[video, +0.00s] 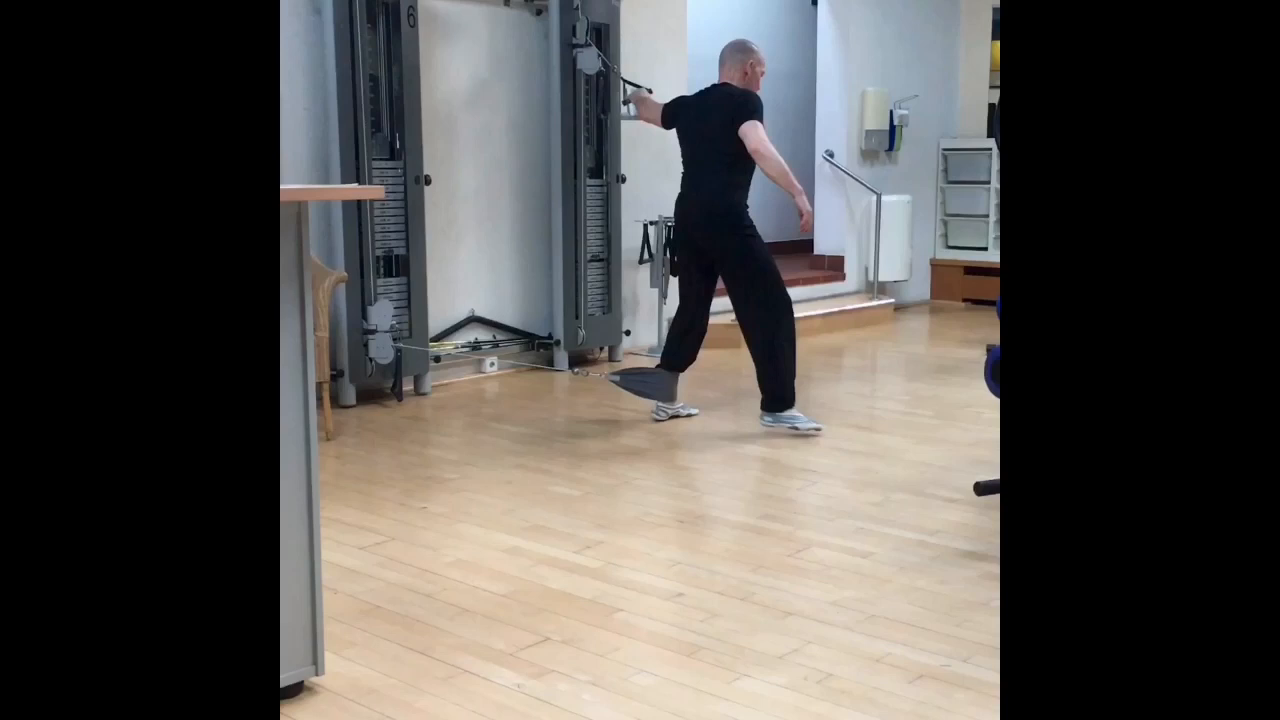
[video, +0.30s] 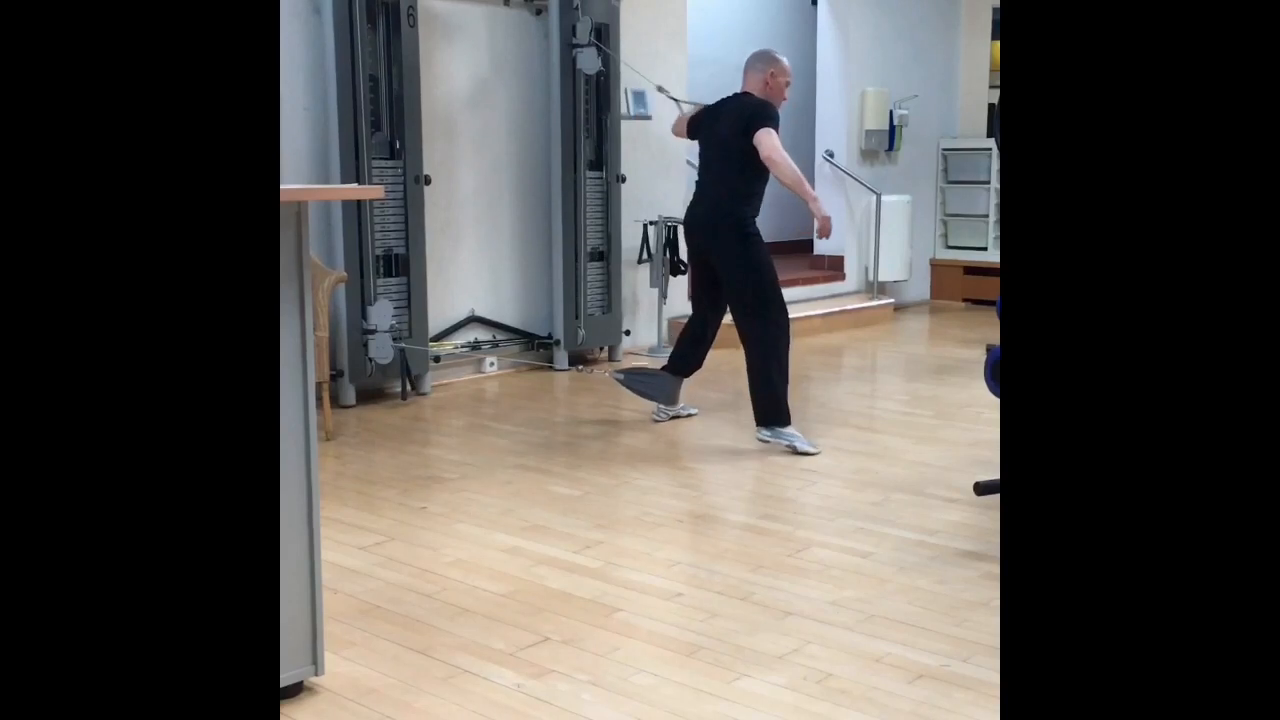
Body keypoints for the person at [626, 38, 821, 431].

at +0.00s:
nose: (763, 80)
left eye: (763, 73)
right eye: (761, 73)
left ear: (723, 69)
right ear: (748, 69)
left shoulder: (688, 105)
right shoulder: (745, 100)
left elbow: (650, 112)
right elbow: (758, 147)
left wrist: (639, 96)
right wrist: (797, 193)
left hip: (689, 223)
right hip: (728, 222)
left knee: (691, 307)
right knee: (772, 305)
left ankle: (663, 397)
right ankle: (778, 407)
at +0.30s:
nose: (787, 93)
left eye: (788, 85)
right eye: (784, 84)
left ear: (752, 79)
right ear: (767, 79)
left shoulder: (715, 111)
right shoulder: (760, 110)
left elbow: (679, 128)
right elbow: (770, 153)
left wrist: (696, 115)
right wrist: (813, 201)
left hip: (699, 225)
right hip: (733, 228)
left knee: (707, 310)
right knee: (769, 320)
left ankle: (667, 392)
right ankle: (773, 423)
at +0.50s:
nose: (802, 99)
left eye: (804, 91)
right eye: (799, 90)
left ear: (768, 86)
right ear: (777, 85)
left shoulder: (735, 114)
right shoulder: (760, 116)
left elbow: (710, 148)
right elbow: (751, 157)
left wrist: (740, 177)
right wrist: (785, 208)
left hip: (707, 232)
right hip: (732, 234)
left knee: (716, 317)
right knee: (773, 323)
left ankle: (665, 390)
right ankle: (771, 431)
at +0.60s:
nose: (806, 101)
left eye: (808, 93)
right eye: (802, 92)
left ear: (777, 86)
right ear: (779, 86)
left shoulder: (751, 119)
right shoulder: (754, 120)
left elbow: (741, 165)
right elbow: (733, 163)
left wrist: (779, 161)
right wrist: (755, 212)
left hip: (710, 235)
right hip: (726, 237)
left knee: (717, 322)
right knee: (770, 325)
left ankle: (660, 393)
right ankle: (771, 433)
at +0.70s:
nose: (807, 105)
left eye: (809, 97)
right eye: (804, 96)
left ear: (781, 91)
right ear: (778, 87)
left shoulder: (763, 127)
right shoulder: (749, 121)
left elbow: (769, 164)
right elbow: (712, 164)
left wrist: (815, 164)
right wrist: (721, 216)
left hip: (724, 239)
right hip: (718, 239)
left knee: (718, 323)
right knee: (760, 323)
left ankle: (661, 390)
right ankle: (769, 432)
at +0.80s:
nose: (808, 107)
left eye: (811, 99)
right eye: (803, 98)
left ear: (786, 93)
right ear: (777, 90)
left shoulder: (768, 135)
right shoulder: (743, 123)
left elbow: (786, 167)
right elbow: (695, 165)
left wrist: (840, 167)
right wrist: (691, 219)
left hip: (733, 248)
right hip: (713, 244)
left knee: (714, 329)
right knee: (749, 318)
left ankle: (660, 392)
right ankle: (764, 430)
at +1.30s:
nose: (809, 127)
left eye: (815, 119)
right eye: (804, 116)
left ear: (816, 117)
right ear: (779, 107)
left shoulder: (800, 155)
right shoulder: (738, 140)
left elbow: (850, 184)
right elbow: (674, 181)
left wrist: (907, 184)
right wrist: (658, 237)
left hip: (740, 259)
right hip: (703, 252)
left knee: (715, 334)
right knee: (734, 333)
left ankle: (655, 393)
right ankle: (756, 433)